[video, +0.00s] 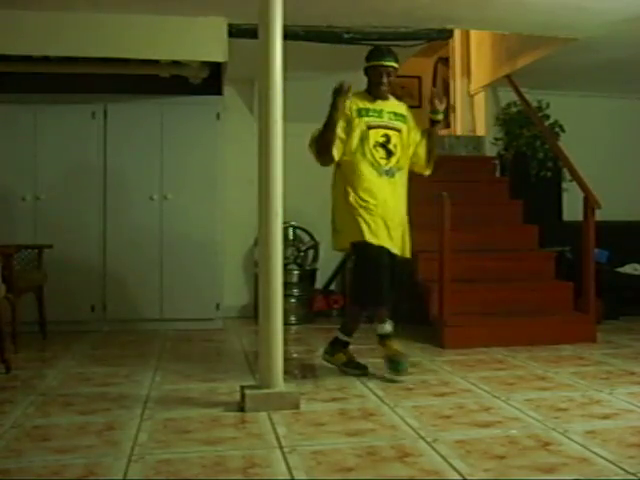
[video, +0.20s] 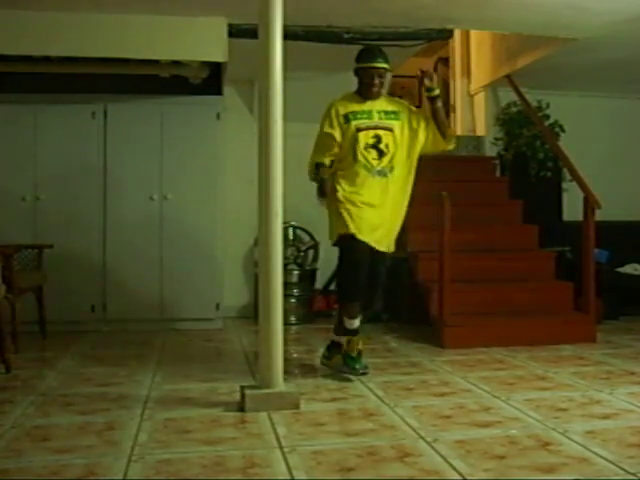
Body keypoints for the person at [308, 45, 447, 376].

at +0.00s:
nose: (383, 78)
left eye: (389, 72)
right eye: (377, 71)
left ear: (395, 76)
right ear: (367, 73)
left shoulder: (402, 112)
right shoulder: (350, 105)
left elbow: (423, 163)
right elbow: (324, 156)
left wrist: (435, 122)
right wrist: (336, 110)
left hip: (392, 207)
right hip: (360, 203)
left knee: (368, 277)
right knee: (379, 267)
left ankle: (339, 344)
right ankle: (388, 342)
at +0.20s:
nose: (374, 80)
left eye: (381, 74)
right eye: (368, 74)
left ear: (389, 76)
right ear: (357, 75)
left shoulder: (406, 113)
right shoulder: (341, 110)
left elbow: (444, 139)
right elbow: (323, 156)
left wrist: (434, 99)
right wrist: (323, 177)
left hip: (389, 209)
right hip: (352, 206)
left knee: (369, 280)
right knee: (354, 275)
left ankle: (337, 345)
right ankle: (352, 346)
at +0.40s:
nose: (362, 82)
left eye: (368, 76)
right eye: (355, 76)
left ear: (376, 78)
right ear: (344, 77)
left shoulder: (401, 110)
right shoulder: (332, 115)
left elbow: (444, 126)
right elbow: (321, 162)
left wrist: (424, 88)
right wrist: (311, 199)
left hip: (383, 213)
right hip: (342, 213)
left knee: (362, 286)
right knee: (346, 286)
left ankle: (337, 348)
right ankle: (358, 353)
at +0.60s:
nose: (350, 75)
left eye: (356, 69)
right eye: (344, 70)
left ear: (366, 73)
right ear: (335, 76)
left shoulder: (393, 104)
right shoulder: (327, 118)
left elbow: (437, 120)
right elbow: (316, 173)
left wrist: (414, 90)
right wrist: (300, 203)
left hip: (383, 205)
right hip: (340, 204)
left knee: (364, 279)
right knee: (341, 270)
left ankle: (337, 344)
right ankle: (357, 344)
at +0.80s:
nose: (344, 75)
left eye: (350, 68)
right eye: (337, 70)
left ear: (360, 72)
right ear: (329, 77)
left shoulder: (387, 98)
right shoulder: (324, 122)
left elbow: (433, 115)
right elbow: (321, 173)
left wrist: (407, 82)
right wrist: (296, 180)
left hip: (383, 207)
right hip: (341, 211)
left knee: (365, 284)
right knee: (346, 282)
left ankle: (338, 346)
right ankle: (355, 356)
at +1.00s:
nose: (340, 74)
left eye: (346, 67)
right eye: (333, 69)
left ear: (357, 70)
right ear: (326, 76)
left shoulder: (381, 101)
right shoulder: (322, 121)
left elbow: (426, 145)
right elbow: (325, 178)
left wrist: (403, 111)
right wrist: (304, 171)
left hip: (382, 216)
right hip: (340, 221)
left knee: (374, 288)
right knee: (347, 292)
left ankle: (348, 337)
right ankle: (361, 364)